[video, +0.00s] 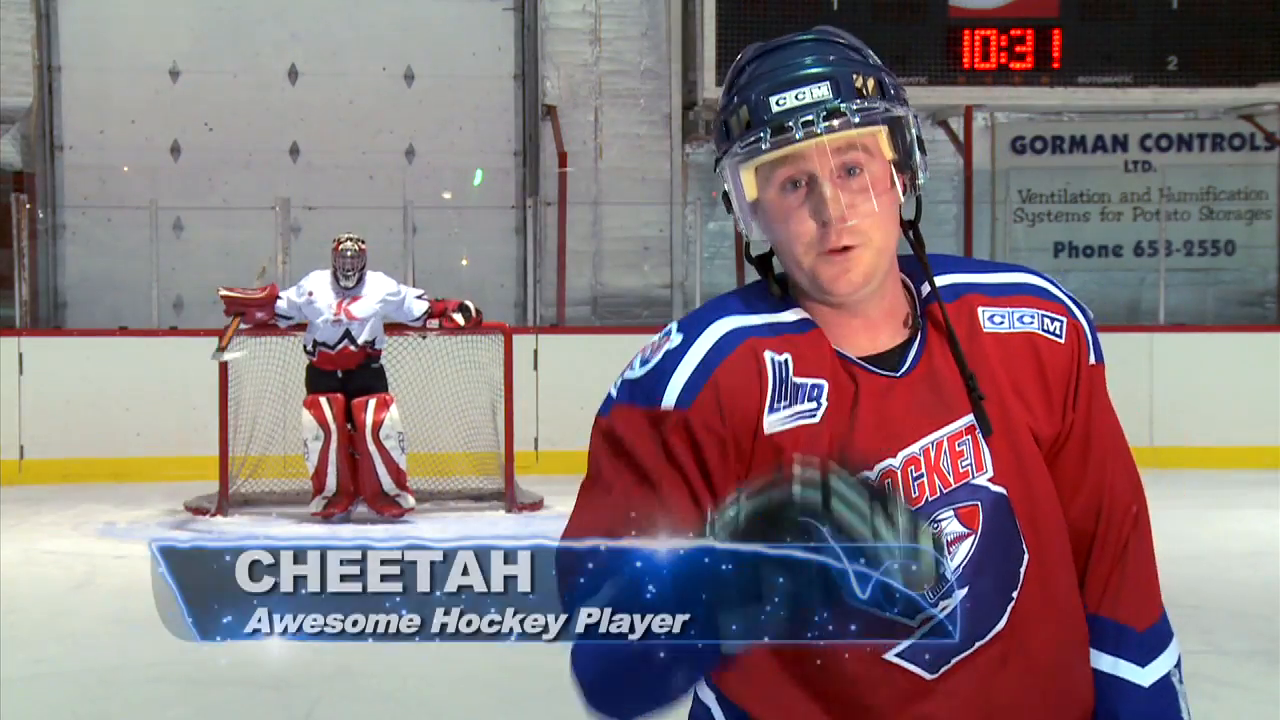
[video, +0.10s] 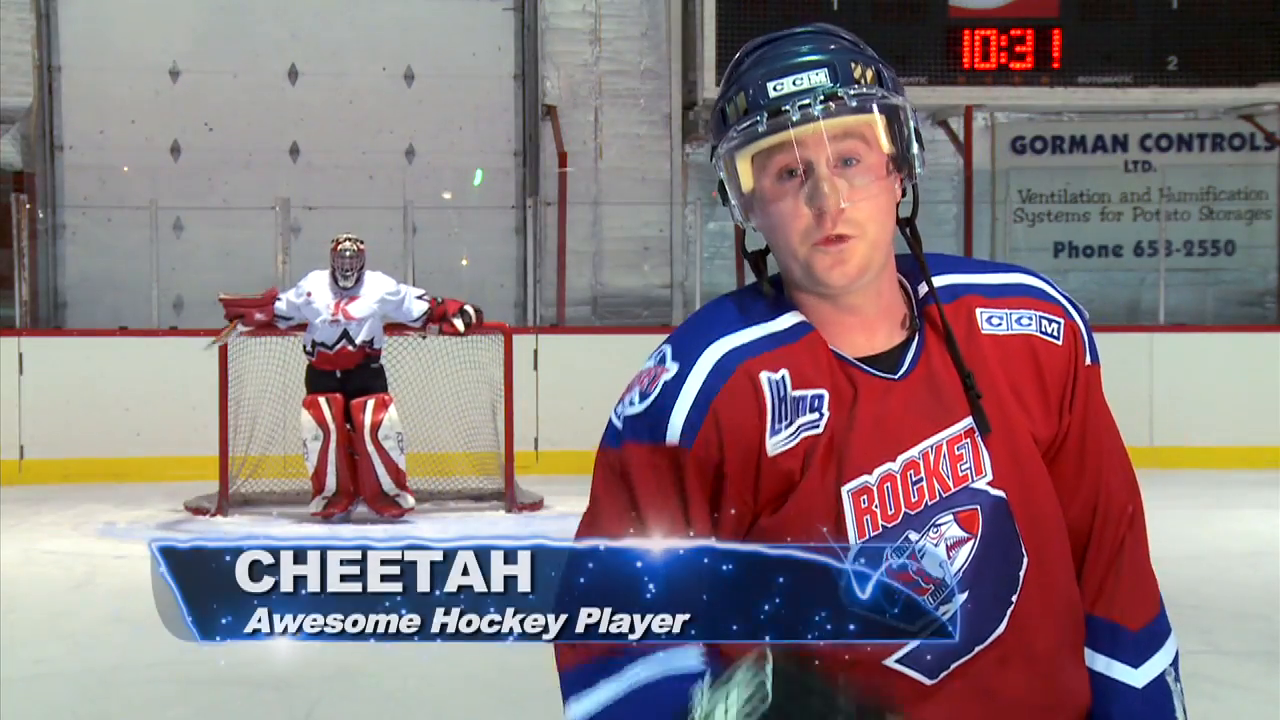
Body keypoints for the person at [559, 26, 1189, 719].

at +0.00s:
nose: (833, 208)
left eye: (853, 166)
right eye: (793, 182)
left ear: (901, 177)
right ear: (751, 212)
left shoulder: (1039, 325)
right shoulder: (682, 389)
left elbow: (1124, 603)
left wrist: (1144, 711)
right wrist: (755, 581)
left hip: (1047, 708)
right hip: (801, 712)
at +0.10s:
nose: (828, 198)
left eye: (851, 158)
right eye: (789, 171)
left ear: (899, 177)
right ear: (748, 205)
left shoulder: (1036, 325)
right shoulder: (692, 396)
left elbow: (1118, 583)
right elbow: (616, 639)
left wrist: (1140, 709)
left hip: (1050, 706)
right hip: (828, 710)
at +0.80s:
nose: (824, 209)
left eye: (850, 170)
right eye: (787, 186)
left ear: (905, 189)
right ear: (755, 230)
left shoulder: (1054, 315)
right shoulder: (703, 424)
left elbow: (1205, 479)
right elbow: (610, 689)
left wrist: (1262, 650)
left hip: (1053, 702)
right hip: (820, 709)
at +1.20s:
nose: (854, 190)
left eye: (882, 154)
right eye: (818, 167)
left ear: (936, 169)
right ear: (784, 205)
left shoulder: (1069, 316)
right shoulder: (727, 396)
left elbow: (1205, 547)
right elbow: (642, 668)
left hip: (1067, 702)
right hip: (831, 708)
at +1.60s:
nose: (883, 180)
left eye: (912, 148)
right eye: (850, 157)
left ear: (963, 167)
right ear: (812, 190)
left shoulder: (1084, 333)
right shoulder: (737, 370)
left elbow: (1197, 584)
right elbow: (623, 642)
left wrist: (1256, 705)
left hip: (1055, 709)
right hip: (812, 713)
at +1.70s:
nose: (884, 180)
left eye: (911, 148)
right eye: (851, 159)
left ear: (961, 167)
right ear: (814, 195)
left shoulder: (1082, 334)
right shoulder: (737, 372)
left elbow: (1191, 589)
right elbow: (621, 642)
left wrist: (1250, 706)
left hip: (1054, 709)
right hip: (812, 712)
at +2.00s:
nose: (884, 176)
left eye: (911, 144)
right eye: (851, 153)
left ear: (959, 170)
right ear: (812, 187)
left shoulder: (1080, 327)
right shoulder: (747, 368)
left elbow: (1198, 581)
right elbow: (635, 645)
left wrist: (1268, 700)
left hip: (1068, 708)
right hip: (828, 715)